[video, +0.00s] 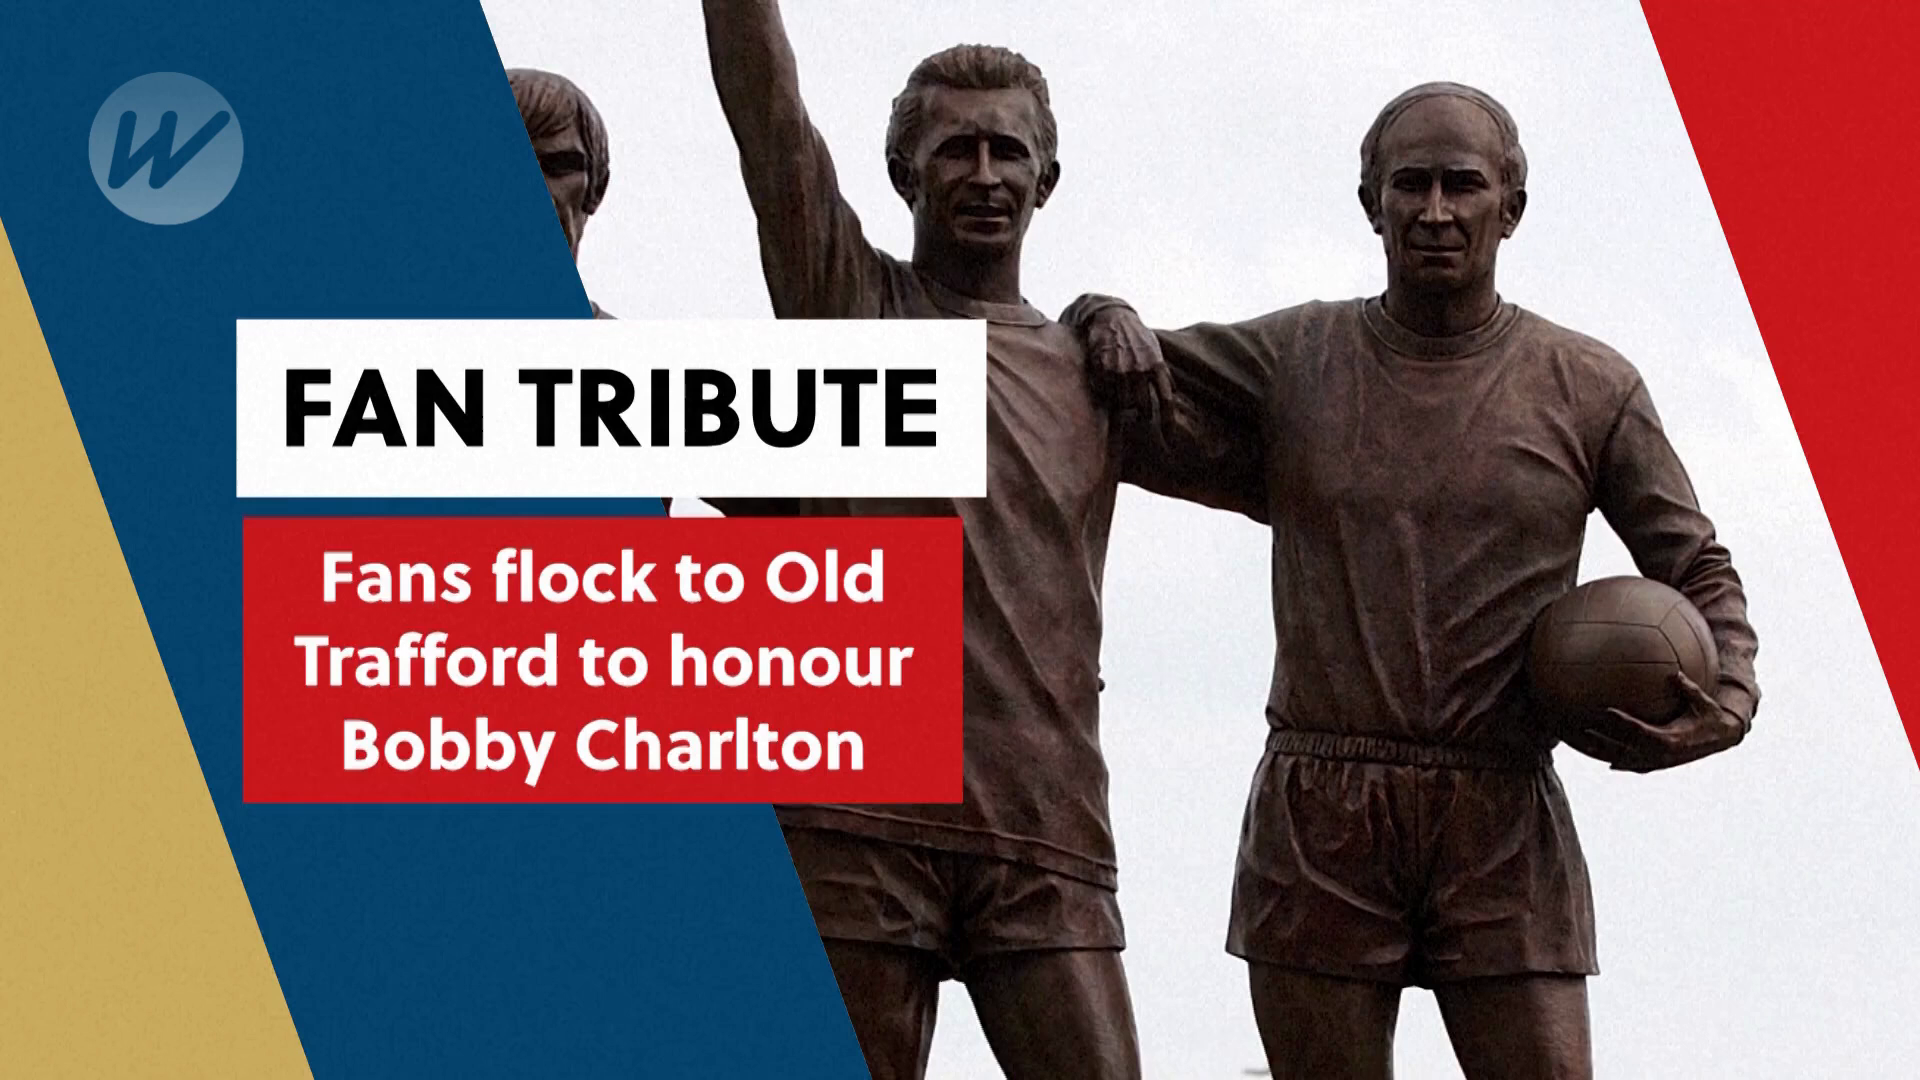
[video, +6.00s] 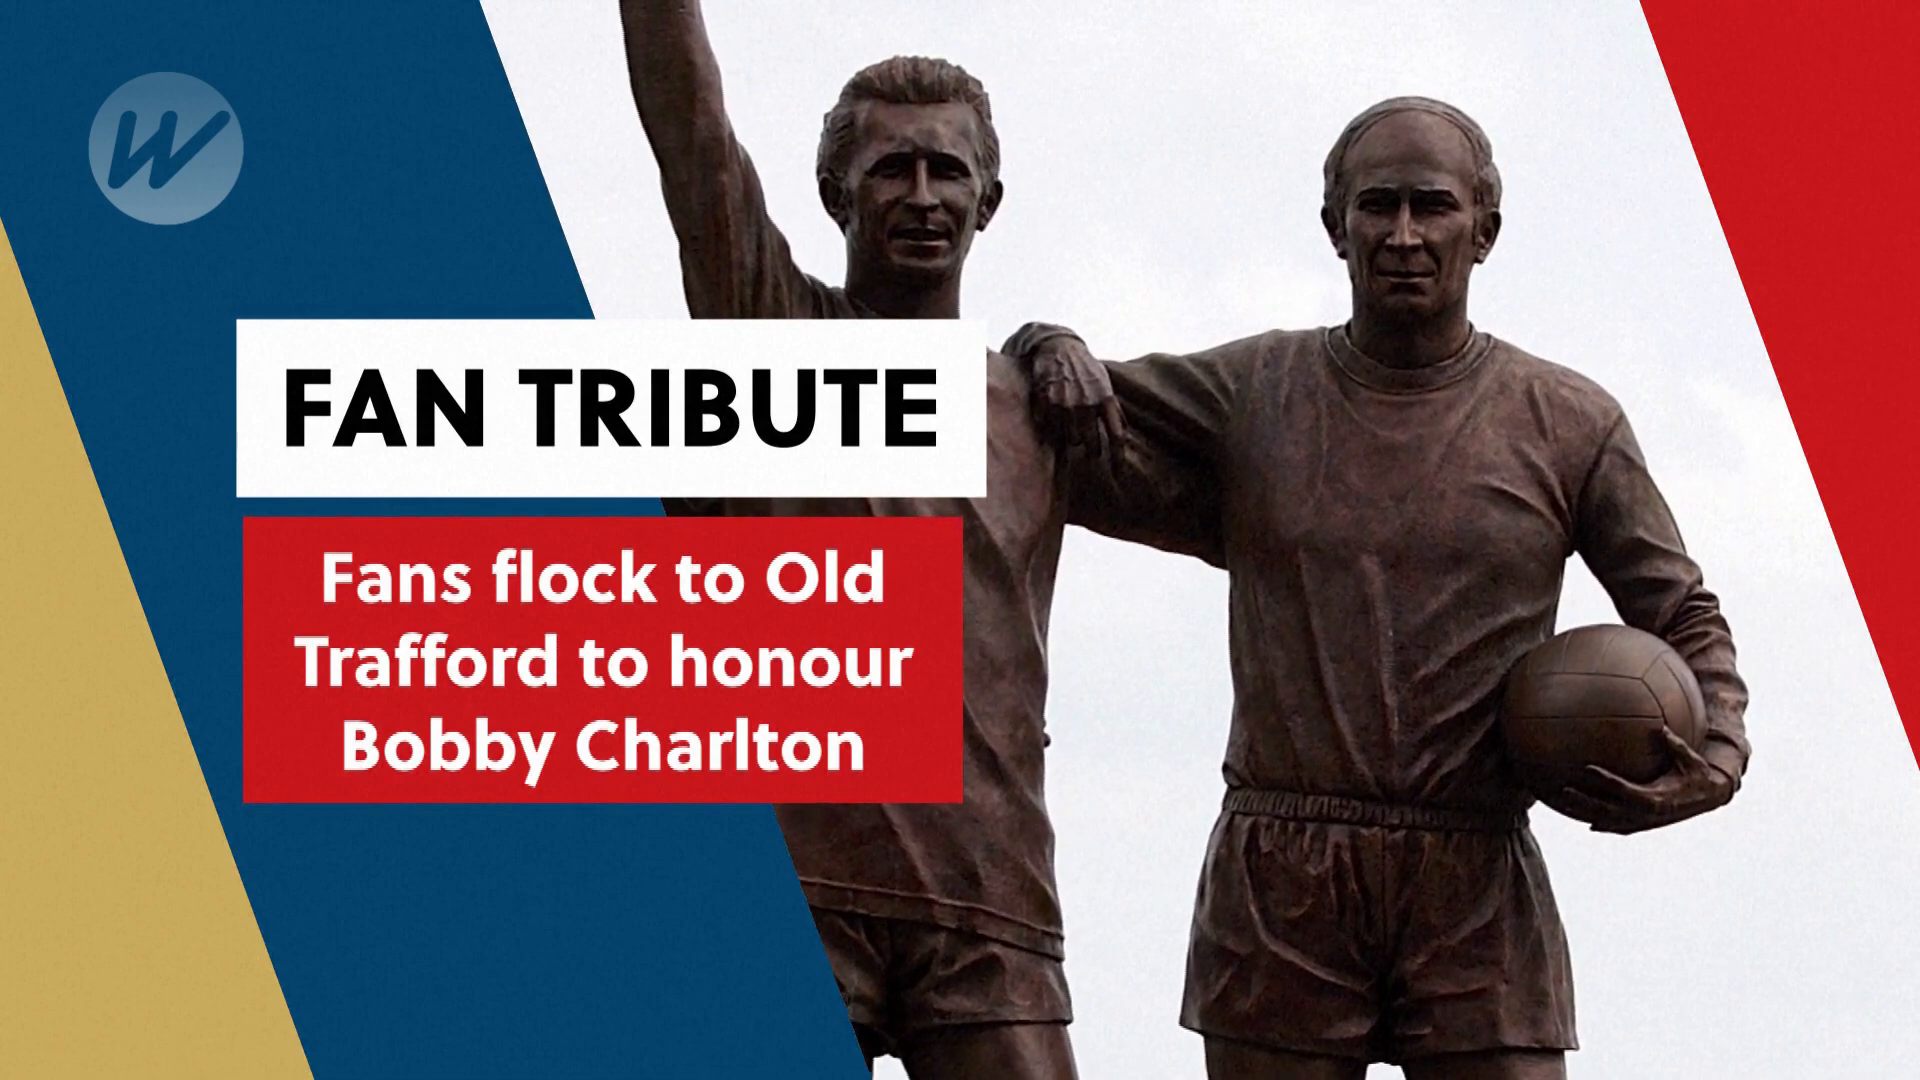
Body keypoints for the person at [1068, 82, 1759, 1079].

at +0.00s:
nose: (1434, 209)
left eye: (1463, 182)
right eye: (1407, 184)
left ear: (1512, 206)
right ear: (1371, 203)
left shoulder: (1591, 386)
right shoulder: (1292, 355)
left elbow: (1698, 570)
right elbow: (1112, 386)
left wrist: (1729, 690)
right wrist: (1100, 314)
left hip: (1501, 822)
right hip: (1317, 819)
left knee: (1550, 1067)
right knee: (1321, 1068)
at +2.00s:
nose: (1425, 217)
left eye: (1454, 190)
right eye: (1399, 191)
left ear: (1505, 215)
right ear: (1359, 211)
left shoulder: (1583, 397)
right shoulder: (1279, 366)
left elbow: (1691, 582)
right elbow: (1108, 403)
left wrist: (1725, 706)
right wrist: (1083, 326)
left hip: (1495, 845)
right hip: (1306, 841)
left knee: (1539, 1065)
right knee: (1304, 1068)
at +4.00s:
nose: (1414, 224)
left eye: (1443, 197)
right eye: (1387, 199)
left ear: (1495, 221)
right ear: (1347, 220)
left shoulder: (1577, 408)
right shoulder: (1265, 377)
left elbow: (1686, 599)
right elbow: (1084, 410)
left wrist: (1721, 730)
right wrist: (1066, 337)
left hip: (1485, 863)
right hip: (1291, 859)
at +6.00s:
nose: (1402, 233)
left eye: (1432, 204)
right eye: (1375, 206)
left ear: (1486, 228)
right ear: (1335, 227)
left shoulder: (1569, 419)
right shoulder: (1252, 387)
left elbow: (1681, 614)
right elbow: (1079, 440)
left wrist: (1718, 752)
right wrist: (1046, 351)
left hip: (1478, 891)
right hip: (1276, 885)